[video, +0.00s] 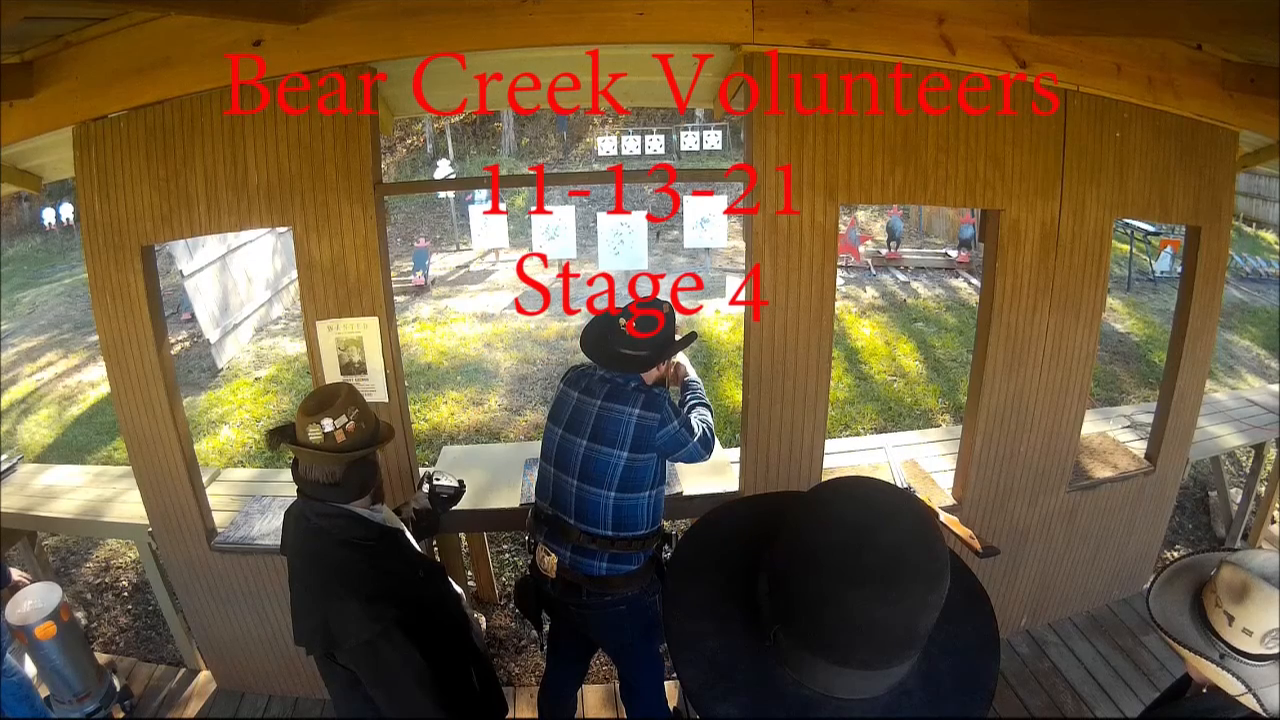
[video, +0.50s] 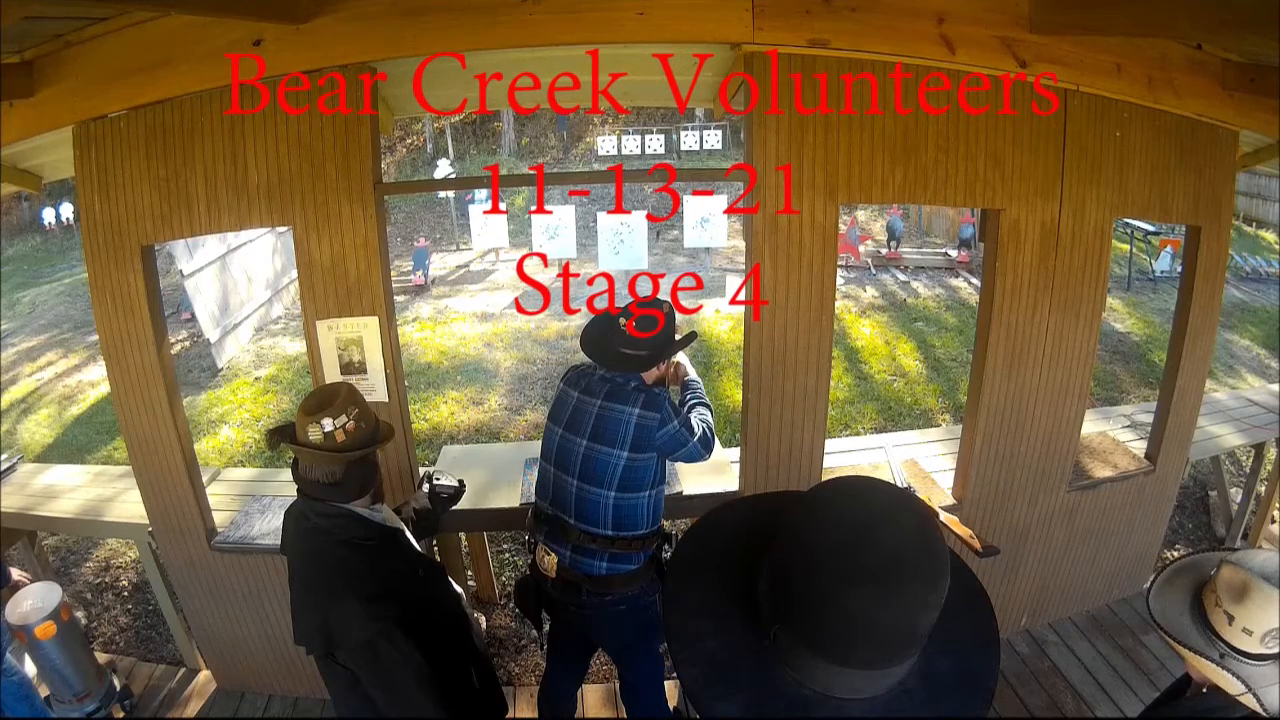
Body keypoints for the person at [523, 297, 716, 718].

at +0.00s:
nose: (668, 359)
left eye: (667, 352)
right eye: (666, 353)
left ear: (607, 349)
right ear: (653, 364)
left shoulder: (572, 382)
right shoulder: (654, 412)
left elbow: (616, 394)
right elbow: (702, 444)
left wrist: (651, 378)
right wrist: (691, 380)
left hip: (556, 577)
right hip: (618, 590)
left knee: (559, 681)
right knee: (645, 688)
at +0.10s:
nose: (668, 360)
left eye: (667, 353)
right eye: (665, 353)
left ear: (607, 349)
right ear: (652, 364)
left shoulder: (572, 381)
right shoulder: (653, 411)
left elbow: (616, 395)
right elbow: (702, 444)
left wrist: (651, 379)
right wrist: (691, 379)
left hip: (556, 577)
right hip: (618, 589)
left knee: (559, 681)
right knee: (645, 687)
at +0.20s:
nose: (667, 361)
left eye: (667, 354)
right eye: (665, 354)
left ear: (607, 350)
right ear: (651, 365)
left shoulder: (572, 382)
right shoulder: (653, 412)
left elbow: (616, 395)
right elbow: (702, 444)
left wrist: (651, 379)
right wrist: (691, 379)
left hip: (556, 575)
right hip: (620, 587)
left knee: (560, 678)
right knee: (644, 683)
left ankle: (552, 715)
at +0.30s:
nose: (668, 360)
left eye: (668, 354)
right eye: (665, 354)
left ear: (607, 348)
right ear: (651, 363)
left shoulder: (571, 382)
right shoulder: (653, 411)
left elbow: (614, 392)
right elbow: (701, 444)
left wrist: (651, 378)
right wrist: (691, 380)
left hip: (556, 576)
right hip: (620, 588)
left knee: (559, 678)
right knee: (644, 683)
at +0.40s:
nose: (668, 360)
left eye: (668, 354)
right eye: (665, 354)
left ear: (607, 348)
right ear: (651, 363)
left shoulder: (571, 382)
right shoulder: (653, 411)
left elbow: (614, 392)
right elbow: (701, 444)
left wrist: (651, 378)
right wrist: (691, 380)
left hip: (557, 576)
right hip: (620, 588)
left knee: (559, 678)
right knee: (644, 683)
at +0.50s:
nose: (667, 361)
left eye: (667, 354)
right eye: (664, 354)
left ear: (606, 349)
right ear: (651, 363)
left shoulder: (571, 382)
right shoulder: (653, 410)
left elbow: (615, 391)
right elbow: (701, 443)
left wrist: (652, 378)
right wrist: (691, 379)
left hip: (555, 575)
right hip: (619, 587)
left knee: (560, 677)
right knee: (644, 684)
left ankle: (553, 715)